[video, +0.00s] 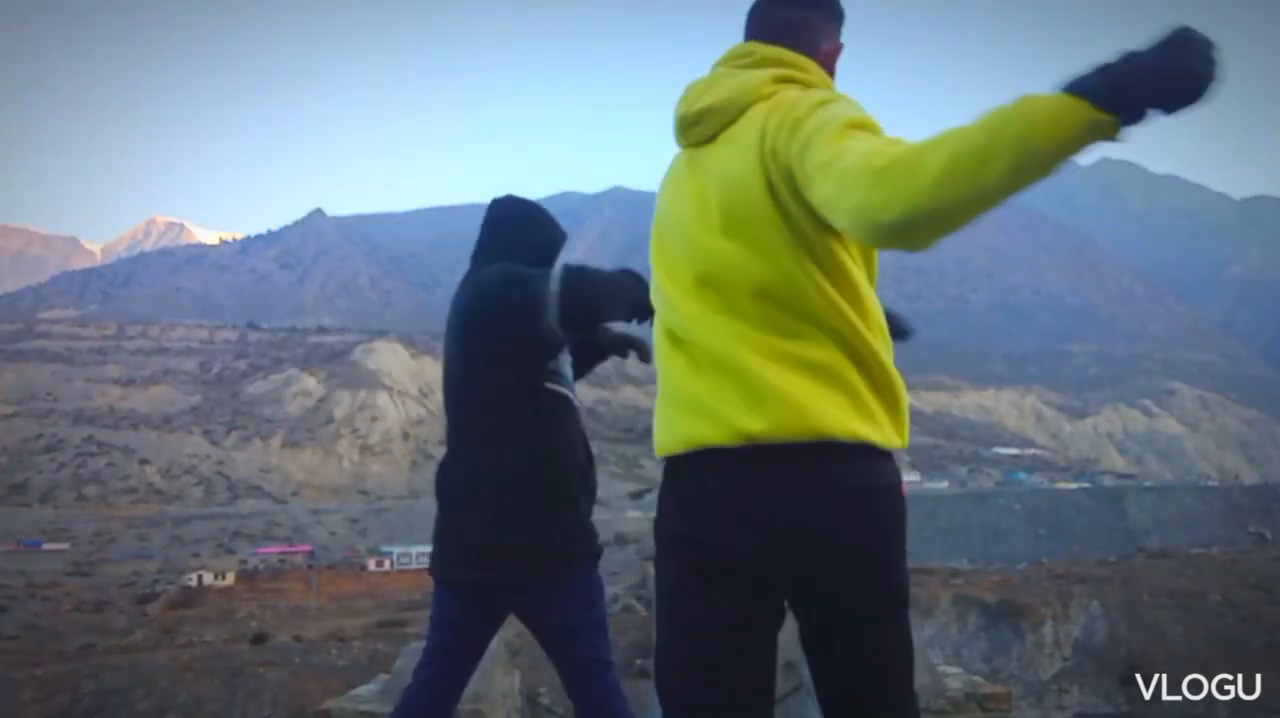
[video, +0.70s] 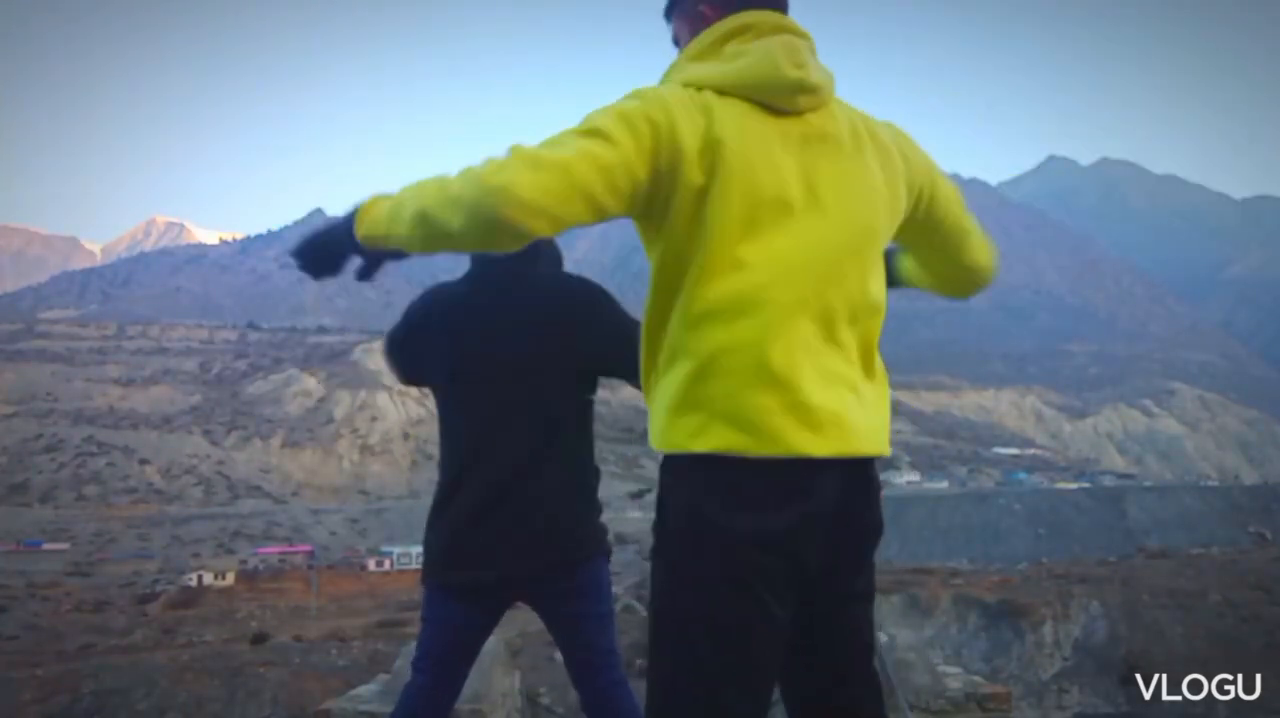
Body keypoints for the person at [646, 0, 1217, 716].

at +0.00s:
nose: (837, 60)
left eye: (835, 48)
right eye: (837, 48)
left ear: (751, 44)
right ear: (821, 47)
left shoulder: (687, 160)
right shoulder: (805, 115)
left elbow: (705, 306)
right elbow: (881, 198)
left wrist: (851, 319)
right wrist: (1100, 100)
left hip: (705, 478)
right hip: (834, 469)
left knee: (705, 697)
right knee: (869, 698)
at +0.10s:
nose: (823, 60)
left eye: (823, 45)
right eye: (824, 45)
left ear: (737, 41)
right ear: (811, 45)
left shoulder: (692, 149)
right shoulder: (770, 104)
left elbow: (796, 323)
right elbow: (740, 208)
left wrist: (926, 297)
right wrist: (887, 95)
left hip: (697, 467)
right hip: (814, 461)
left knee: (696, 699)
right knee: (857, 700)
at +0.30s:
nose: (795, 45)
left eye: (791, 33)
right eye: (794, 33)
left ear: (702, 37)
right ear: (787, 40)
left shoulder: (665, 150)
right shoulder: (761, 93)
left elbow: (738, 306)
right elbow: (731, 202)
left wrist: (870, 292)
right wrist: (870, 74)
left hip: (678, 475)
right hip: (802, 465)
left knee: (693, 703)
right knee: (847, 701)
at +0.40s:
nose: (789, 40)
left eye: (783, 31)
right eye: (786, 32)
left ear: (690, 35)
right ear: (773, 32)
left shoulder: (647, 150)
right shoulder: (765, 96)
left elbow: (683, 299)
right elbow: (844, 185)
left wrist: (833, 322)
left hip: (674, 482)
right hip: (805, 473)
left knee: (691, 701)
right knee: (847, 699)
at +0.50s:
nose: (785, 40)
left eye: (775, 35)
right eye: (782, 33)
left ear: (681, 40)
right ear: (769, 34)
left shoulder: (623, 166)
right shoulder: (809, 109)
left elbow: (564, 314)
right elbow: (990, 186)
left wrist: (646, 302)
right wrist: (1209, 149)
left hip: (679, 489)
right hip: (817, 480)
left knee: (692, 699)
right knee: (846, 697)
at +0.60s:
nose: (674, 41)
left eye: (674, 29)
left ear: (680, 30)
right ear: (771, 24)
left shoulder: (627, 145)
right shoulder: (854, 120)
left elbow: (476, 270)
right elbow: (1026, 208)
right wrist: (1123, 218)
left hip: (694, 488)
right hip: (836, 485)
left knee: (692, 699)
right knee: (846, 691)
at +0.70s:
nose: (673, 35)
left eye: (676, 21)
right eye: (675, 21)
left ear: (695, 16)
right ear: (772, 18)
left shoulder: (679, 115)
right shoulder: (874, 140)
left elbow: (529, 193)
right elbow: (971, 263)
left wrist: (366, 225)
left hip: (724, 460)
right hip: (847, 461)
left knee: (705, 693)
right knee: (840, 685)